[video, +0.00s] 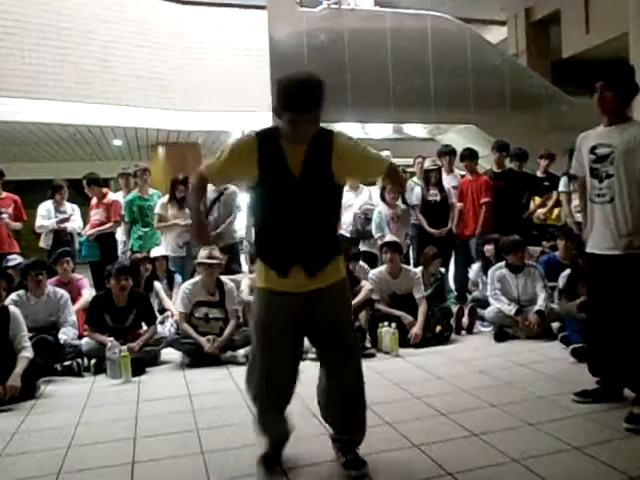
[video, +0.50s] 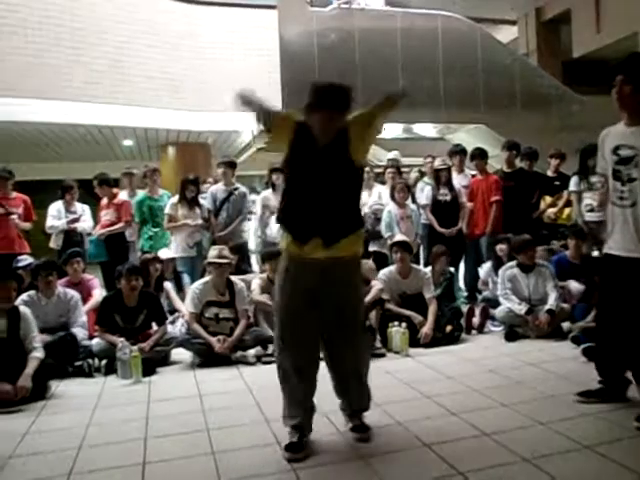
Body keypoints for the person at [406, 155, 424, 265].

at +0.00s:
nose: (420, 166)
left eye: (422, 163)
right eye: (418, 163)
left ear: (425, 166)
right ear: (414, 166)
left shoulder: (428, 183)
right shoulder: (410, 183)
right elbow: (410, 200)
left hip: (427, 221)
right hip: (415, 221)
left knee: (427, 248)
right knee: (416, 251)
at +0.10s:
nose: (420, 166)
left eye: (422, 163)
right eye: (418, 163)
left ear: (425, 165)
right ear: (413, 165)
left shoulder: (426, 183)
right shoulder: (410, 185)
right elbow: (411, 201)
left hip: (426, 221)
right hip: (414, 221)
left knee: (425, 248)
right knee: (415, 249)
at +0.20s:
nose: (420, 167)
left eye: (422, 164)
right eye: (418, 165)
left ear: (425, 167)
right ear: (413, 168)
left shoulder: (428, 183)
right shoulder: (411, 185)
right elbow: (410, 201)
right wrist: (418, 201)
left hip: (428, 221)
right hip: (415, 222)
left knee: (428, 250)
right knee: (417, 252)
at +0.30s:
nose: (420, 166)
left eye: (422, 163)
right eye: (418, 163)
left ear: (425, 166)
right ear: (414, 166)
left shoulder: (428, 182)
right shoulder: (411, 183)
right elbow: (410, 200)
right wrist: (418, 200)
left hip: (428, 219)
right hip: (415, 220)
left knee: (428, 248)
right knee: (416, 250)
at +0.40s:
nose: (424, 167)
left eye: (426, 164)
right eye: (422, 164)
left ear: (430, 166)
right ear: (418, 167)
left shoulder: (433, 183)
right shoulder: (415, 185)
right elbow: (415, 202)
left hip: (432, 221)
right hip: (419, 222)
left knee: (432, 249)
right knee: (420, 249)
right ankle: (419, 269)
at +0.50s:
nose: (430, 166)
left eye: (431, 163)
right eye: (427, 163)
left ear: (435, 165)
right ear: (424, 166)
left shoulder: (440, 182)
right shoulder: (421, 184)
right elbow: (420, 200)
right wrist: (429, 199)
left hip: (439, 220)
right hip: (425, 221)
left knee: (438, 248)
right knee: (426, 250)